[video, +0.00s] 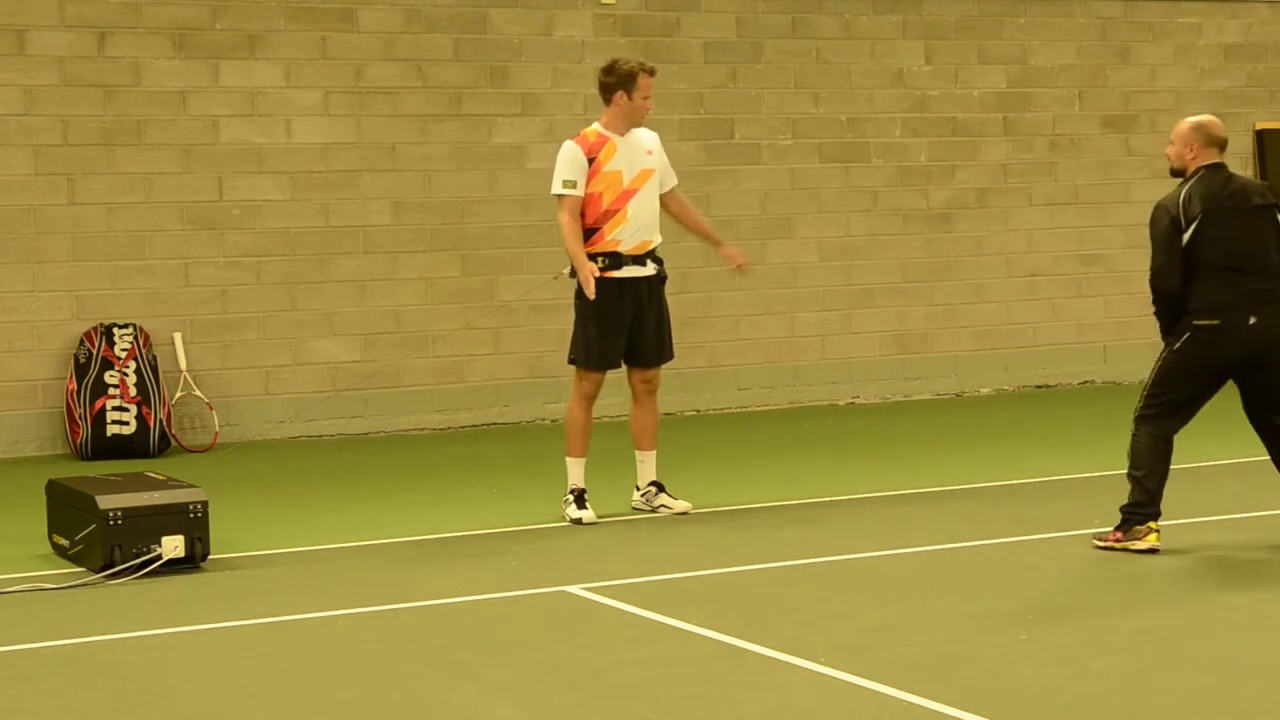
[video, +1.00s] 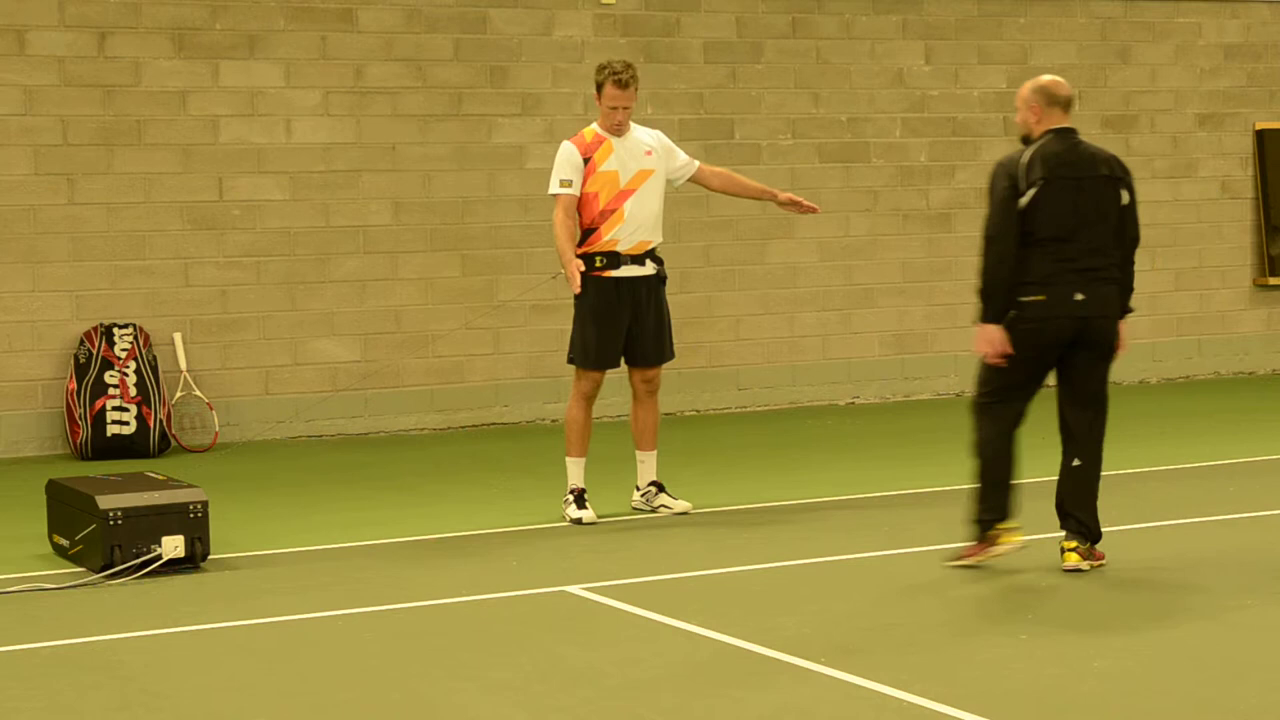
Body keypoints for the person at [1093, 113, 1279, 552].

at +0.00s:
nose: (1166, 151)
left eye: (1172, 144)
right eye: (1169, 143)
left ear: (1192, 149)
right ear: (1213, 151)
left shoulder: (1174, 205)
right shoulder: (1263, 195)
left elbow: (1166, 282)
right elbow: (1274, 263)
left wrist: (1174, 337)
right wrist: (1264, 313)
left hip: (1209, 332)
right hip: (1269, 332)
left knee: (1154, 419)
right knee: (1273, 422)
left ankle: (1140, 522)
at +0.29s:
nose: (1126, 144)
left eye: (1133, 136)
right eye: (1129, 136)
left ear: (1154, 143)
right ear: (1171, 145)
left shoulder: (1136, 200)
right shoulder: (1218, 191)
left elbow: (1128, 274)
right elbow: (1249, 264)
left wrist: (1110, 327)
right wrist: (1240, 312)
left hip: (1168, 331)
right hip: (1226, 329)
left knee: (1123, 421)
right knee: (1264, 420)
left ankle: (1136, 526)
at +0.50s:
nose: (1084, 128)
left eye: (1090, 119)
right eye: (1086, 119)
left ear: (1110, 123)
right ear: (1131, 123)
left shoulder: (1093, 182)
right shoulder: (1180, 173)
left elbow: (1080, 260)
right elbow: (1196, 250)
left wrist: (1065, 328)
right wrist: (1173, 289)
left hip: (1125, 320)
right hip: (1185, 313)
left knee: (1116, 420)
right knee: (1190, 412)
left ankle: (1134, 526)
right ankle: (1218, 507)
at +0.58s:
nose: (1072, 125)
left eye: (1075, 116)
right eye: (1074, 116)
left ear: (1094, 118)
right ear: (1120, 116)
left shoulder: (1080, 177)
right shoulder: (1168, 168)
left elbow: (1070, 254)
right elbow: (1181, 243)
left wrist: (1056, 322)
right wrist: (1149, 279)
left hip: (1112, 315)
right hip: (1172, 309)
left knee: (1111, 415)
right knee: (1160, 410)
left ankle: (1130, 524)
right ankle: (1145, 502)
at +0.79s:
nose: (1047, 133)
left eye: (1049, 124)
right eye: (1048, 124)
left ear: (1066, 124)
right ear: (1096, 122)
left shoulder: (1052, 180)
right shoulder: (1142, 176)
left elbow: (1043, 257)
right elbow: (1150, 253)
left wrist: (1033, 327)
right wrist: (1117, 287)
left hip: (1073, 321)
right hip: (1133, 320)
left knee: (1051, 405)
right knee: (1106, 420)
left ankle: (1092, 510)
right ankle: (1081, 533)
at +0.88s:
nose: (1037, 128)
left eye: (1040, 119)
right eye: (1038, 118)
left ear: (1055, 121)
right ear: (1087, 119)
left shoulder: (1038, 177)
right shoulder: (1131, 174)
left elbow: (1028, 257)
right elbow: (1141, 254)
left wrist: (1021, 327)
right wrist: (1113, 293)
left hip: (1060, 322)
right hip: (1119, 323)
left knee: (1027, 404)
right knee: (1097, 424)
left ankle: (1056, 515)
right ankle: (1082, 535)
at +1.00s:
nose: (1018, 120)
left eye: (1020, 111)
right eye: (1019, 111)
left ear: (1034, 112)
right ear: (1065, 111)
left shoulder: (1016, 169)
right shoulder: (1112, 167)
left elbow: (1000, 246)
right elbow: (1126, 246)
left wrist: (991, 317)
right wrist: (1117, 311)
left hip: (1034, 318)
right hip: (1096, 319)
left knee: (995, 408)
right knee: (1084, 428)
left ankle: (994, 523)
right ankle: (1080, 539)